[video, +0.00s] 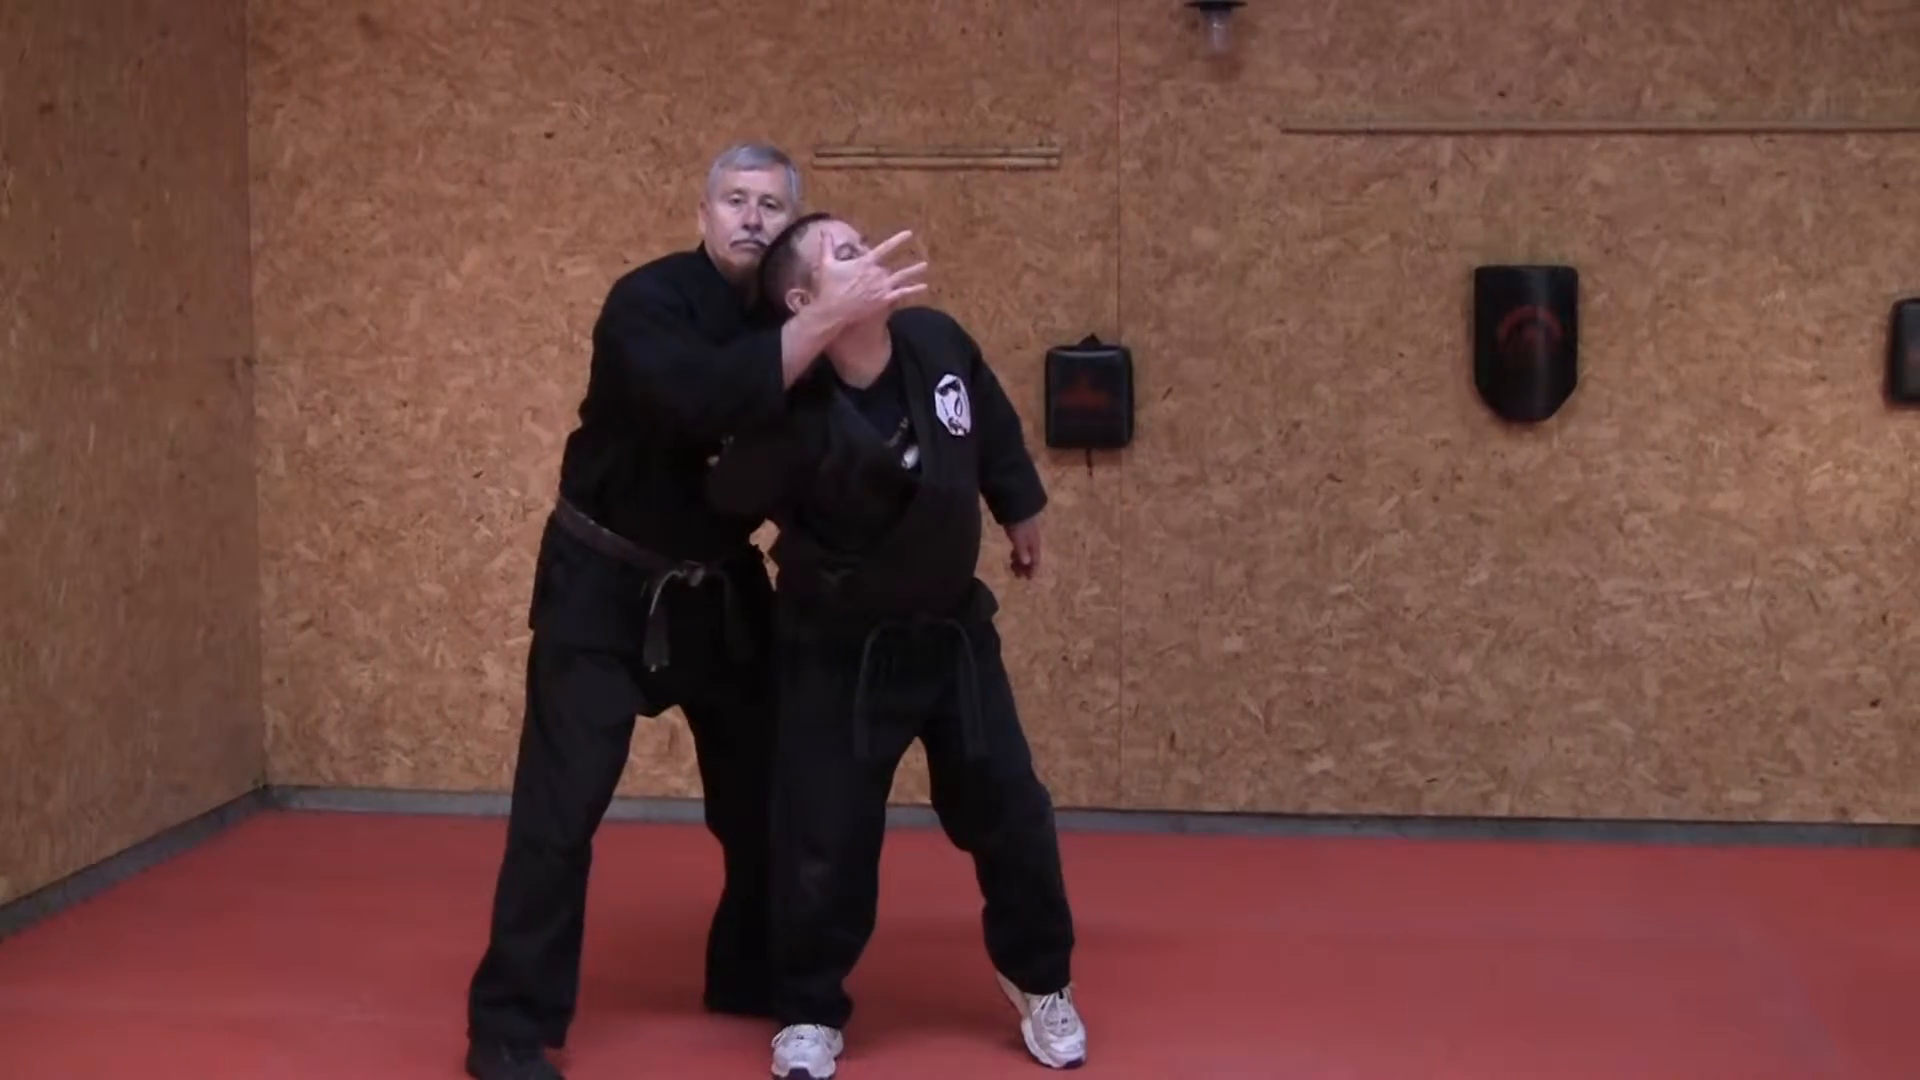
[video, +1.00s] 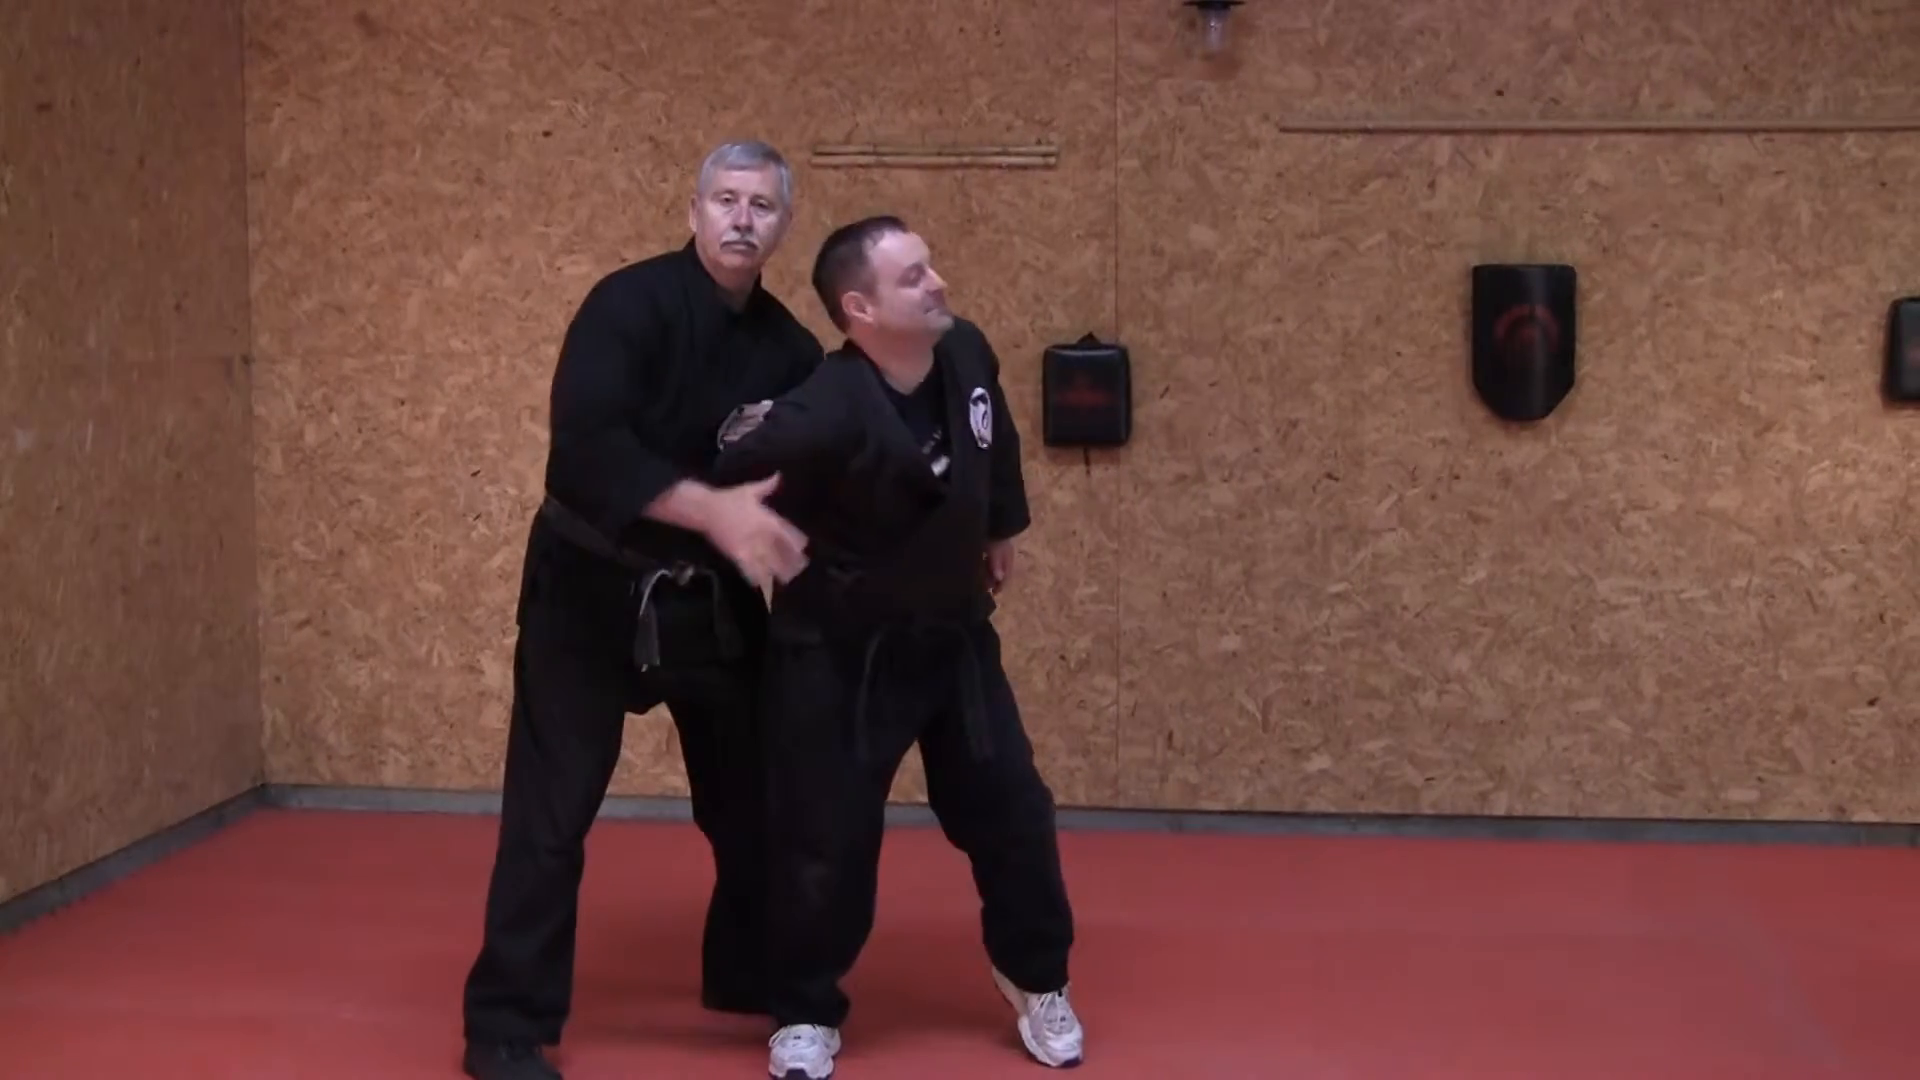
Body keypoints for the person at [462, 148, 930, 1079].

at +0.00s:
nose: (752, 216)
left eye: (771, 205)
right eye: (736, 199)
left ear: (792, 224)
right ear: (701, 210)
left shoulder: (790, 308)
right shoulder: (643, 303)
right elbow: (697, 399)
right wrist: (824, 318)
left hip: (719, 576)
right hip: (604, 573)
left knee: (762, 790)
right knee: (560, 811)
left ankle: (752, 977)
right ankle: (514, 1032)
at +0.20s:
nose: (750, 217)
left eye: (768, 206)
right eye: (734, 200)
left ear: (787, 226)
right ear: (699, 213)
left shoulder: (789, 309)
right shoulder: (639, 303)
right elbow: (694, 400)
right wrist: (826, 324)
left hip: (715, 577)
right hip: (600, 573)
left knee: (760, 790)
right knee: (559, 812)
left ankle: (751, 978)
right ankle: (513, 1035)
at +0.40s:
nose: (745, 219)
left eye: (763, 207)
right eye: (728, 202)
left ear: (784, 227)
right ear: (694, 214)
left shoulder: (792, 312)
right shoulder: (635, 303)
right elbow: (690, 401)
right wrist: (832, 330)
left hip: (712, 578)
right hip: (595, 573)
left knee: (757, 788)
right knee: (557, 810)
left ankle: (749, 979)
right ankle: (512, 1036)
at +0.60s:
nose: (742, 219)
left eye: (761, 207)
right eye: (725, 202)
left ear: (782, 229)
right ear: (692, 215)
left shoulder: (783, 329)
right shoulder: (630, 305)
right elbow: (678, 403)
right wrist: (828, 355)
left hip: (710, 579)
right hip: (591, 575)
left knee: (754, 791)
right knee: (555, 813)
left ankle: (748, 980)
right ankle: (511, 1037)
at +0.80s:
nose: (742, 219)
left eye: (761, 207)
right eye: (726, 202)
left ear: (782, 228)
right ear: (693, 212)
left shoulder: (785, 347)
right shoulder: (628, 305)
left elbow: (823, 471)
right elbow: (639, 426)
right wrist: (792, 420)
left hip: (707, 577)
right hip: (589, 571)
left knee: (750, 790)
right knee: (552, 811)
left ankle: (746, 980)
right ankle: (511, 1036)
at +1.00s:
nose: (743, 219)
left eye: (763, 206)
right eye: (727, 201)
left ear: (785, 225)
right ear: (695, 211)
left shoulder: (795, 352)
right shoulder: (626, 305)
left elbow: (820, 478)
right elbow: (585, 454)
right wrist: (717, 512)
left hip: (716, 589)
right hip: (592, 578)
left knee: (753, 795)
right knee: (551, 815)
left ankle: (747, 973)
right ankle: (509, 1034)